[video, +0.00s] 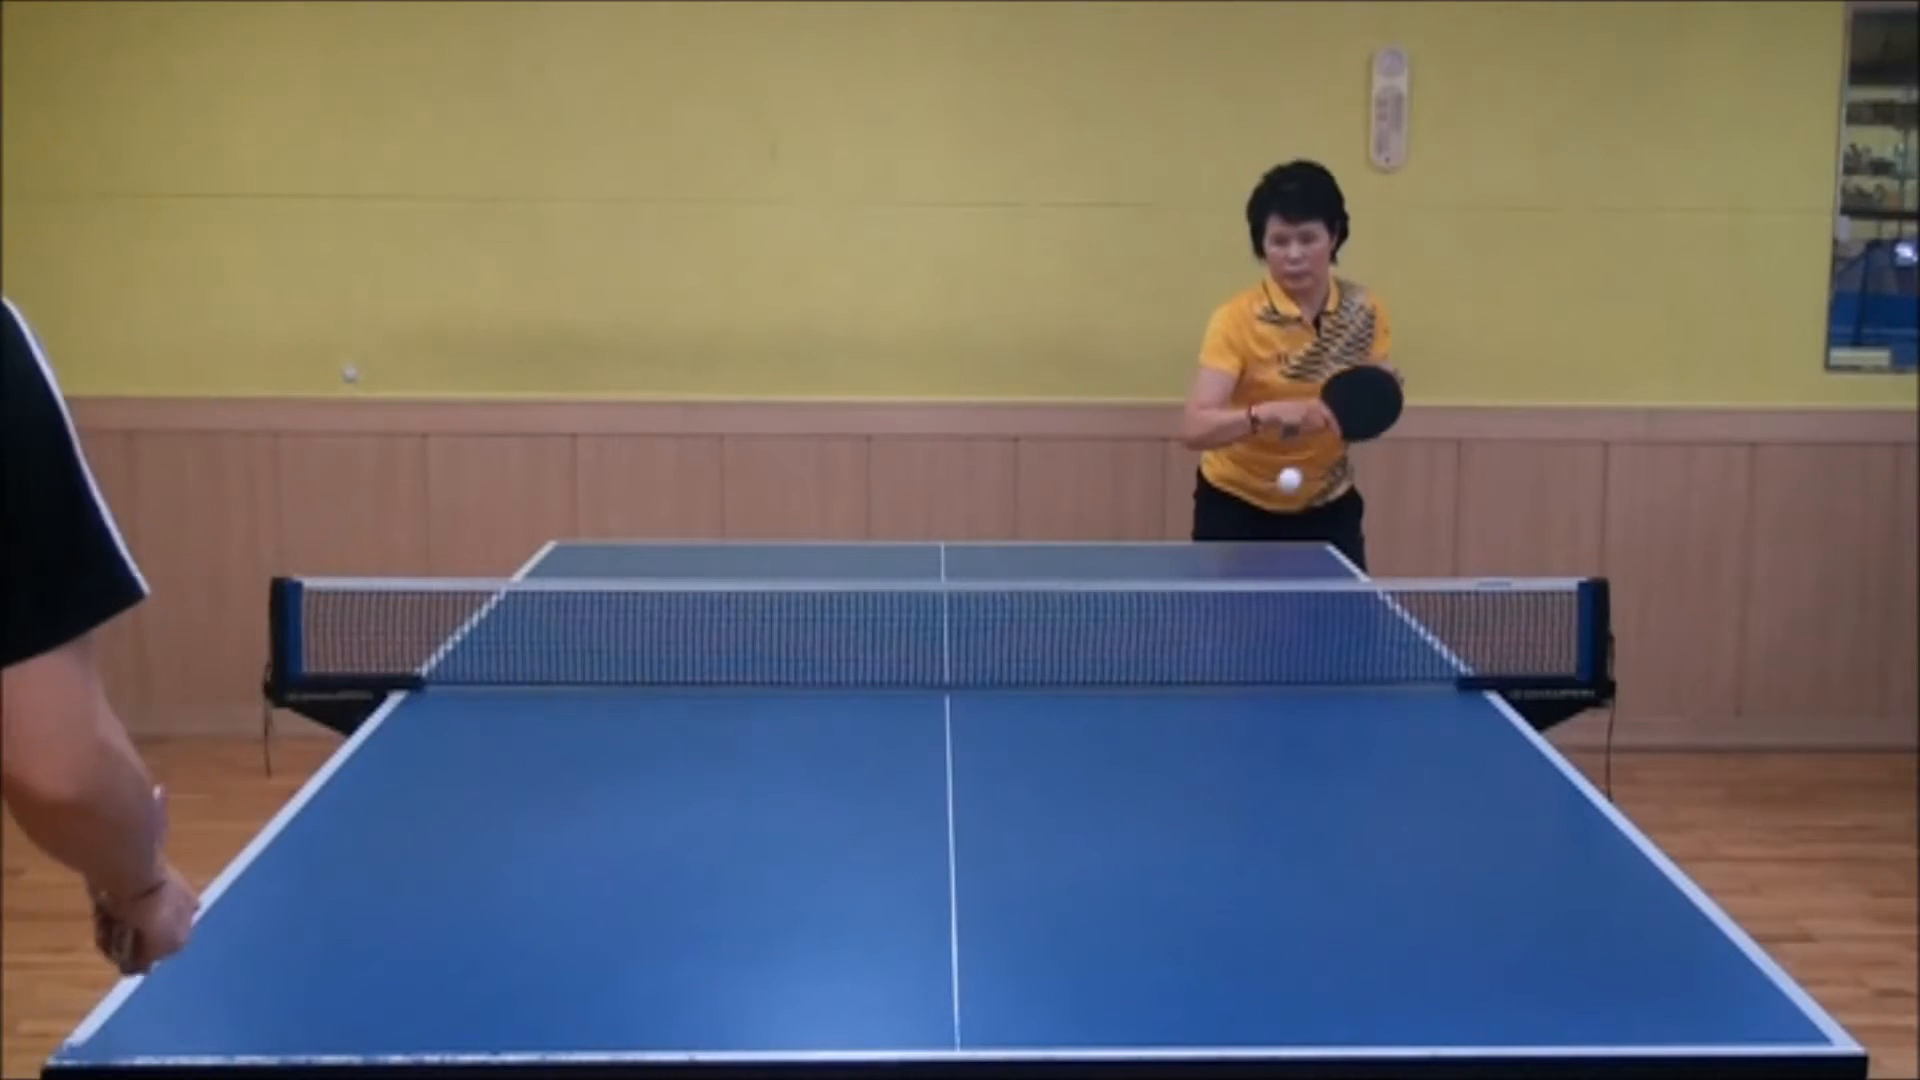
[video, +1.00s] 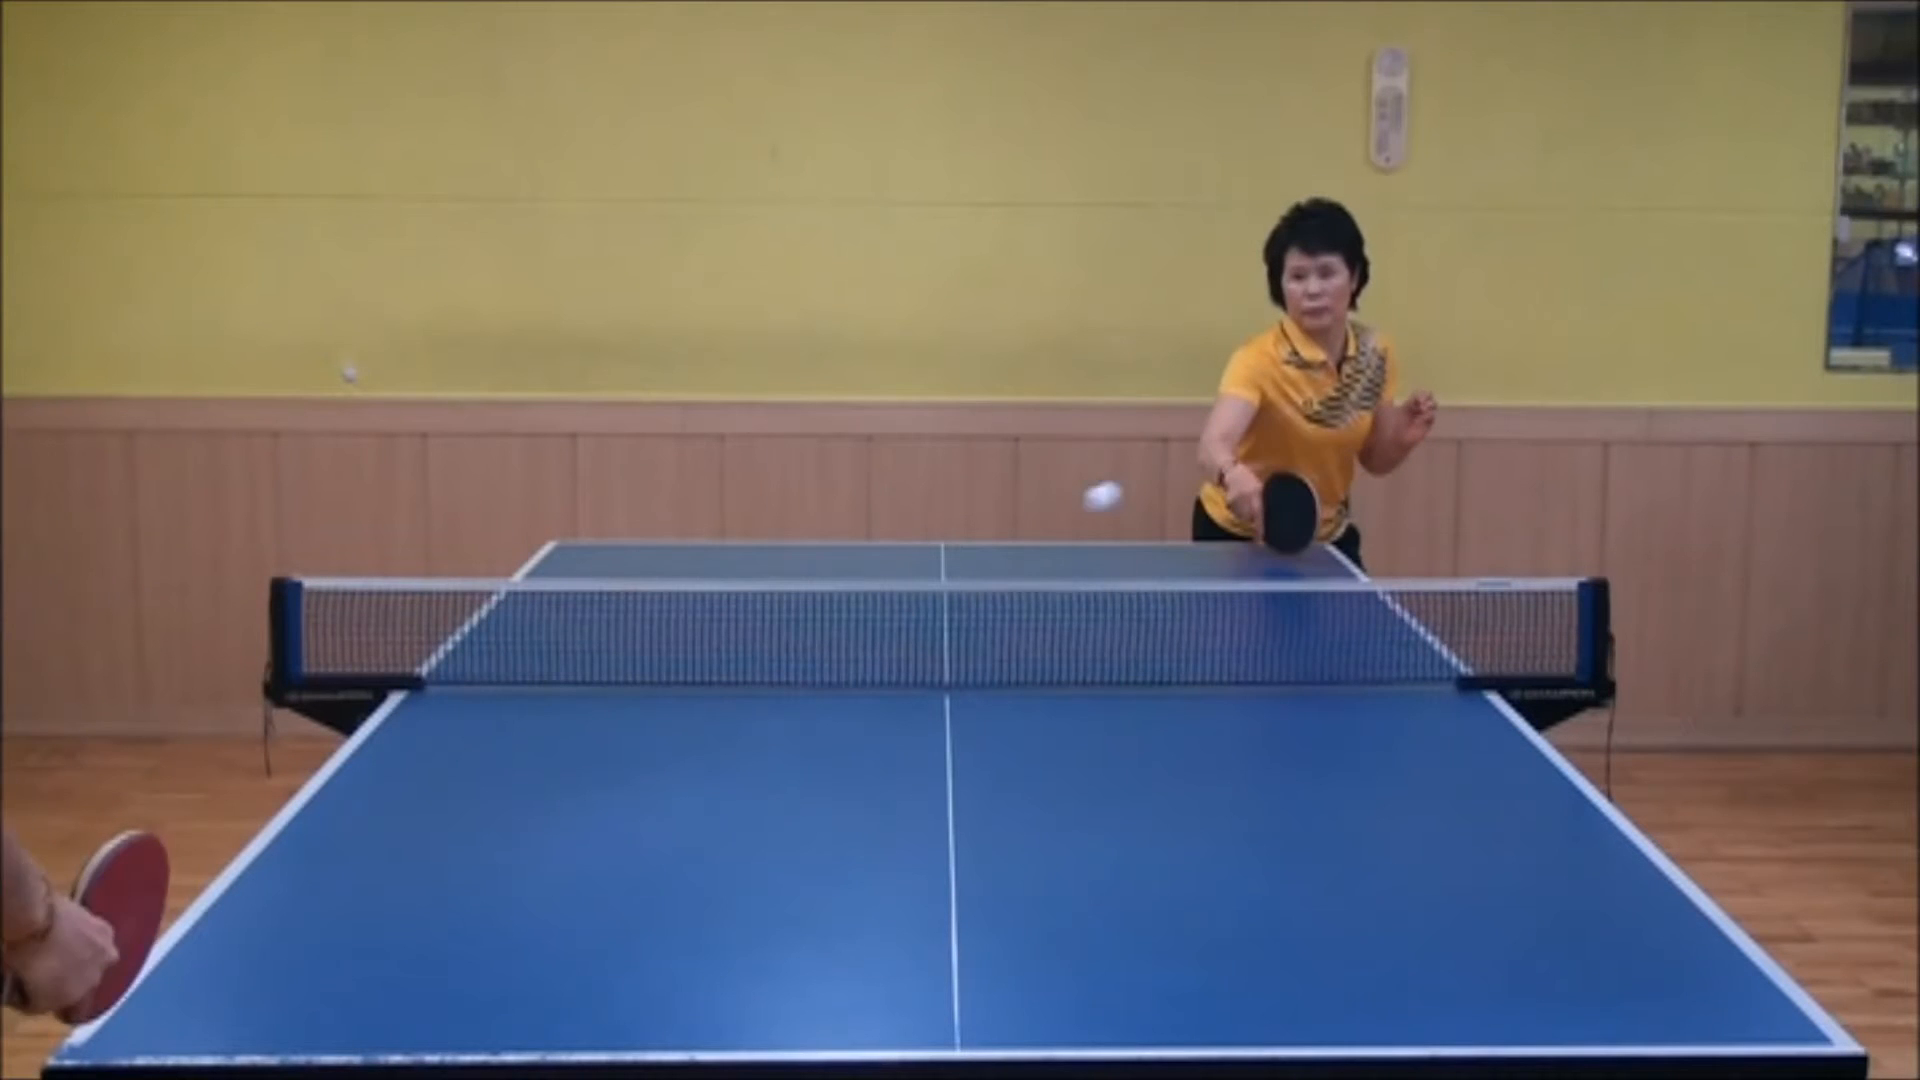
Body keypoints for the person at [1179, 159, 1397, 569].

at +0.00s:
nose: (1294, 255)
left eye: (1308, 239)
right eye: (1280, 241)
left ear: (1335, 238)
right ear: (1260, 245)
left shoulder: (1364, 314)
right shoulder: (1236, 321)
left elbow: (1370, 393)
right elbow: (1195, 428)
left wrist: (1381, 386)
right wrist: (1263, 416)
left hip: (1327, 508)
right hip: (1237, 508)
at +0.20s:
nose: (1306, 261)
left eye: (1320, 246)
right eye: (1292, 248)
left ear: (1346, 246)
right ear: (1272, 253)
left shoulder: (1371, 321)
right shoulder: (1247, 326)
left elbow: (1376, 400)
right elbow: (1203, 429)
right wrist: (1280, 415)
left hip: (1330, 509)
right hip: (1241, 508)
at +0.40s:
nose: (1309, 267)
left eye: (1324, 251)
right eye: (1295, 253)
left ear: (1350, 251)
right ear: (1275, 257)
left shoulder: (1375, 328)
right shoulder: (1251, 330)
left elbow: (1372, 413)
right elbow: (1207, 430)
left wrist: (1398, 409)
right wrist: (1281, 425)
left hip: (1330, 515)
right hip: (1241, 514)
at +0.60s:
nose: (1314, 278)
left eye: (1328, 262)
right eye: (1299, 264)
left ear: (1355, 264)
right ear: (1280, 271)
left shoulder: (1375, 343)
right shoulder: (1257, 345)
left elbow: (1374, 445)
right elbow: (1218, 435)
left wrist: (1397, 433)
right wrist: (1258, 461)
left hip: (1329, 520)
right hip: (1244, 520)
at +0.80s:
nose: (1314, 282)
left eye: (1328, 267)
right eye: (1299, 270)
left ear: (1356, 270)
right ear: (1281, 277)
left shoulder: (1373, 347)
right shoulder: (1259, 353)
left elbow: (1375, 451)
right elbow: (1222, 438)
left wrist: (1397, 435)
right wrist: (1244, 466)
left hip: (1330, 527)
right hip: (1243, 528)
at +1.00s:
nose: (1312, 289)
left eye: (1327, 274)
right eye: (1298, 276)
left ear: (1355, 278)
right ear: (1280, 285)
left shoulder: (1373, 357)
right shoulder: (1258, 360)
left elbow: (1374, 460)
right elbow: (1213, 444)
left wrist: (1399, 441)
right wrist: (1233, 473)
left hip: (1328, 537)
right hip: (1239, 535)